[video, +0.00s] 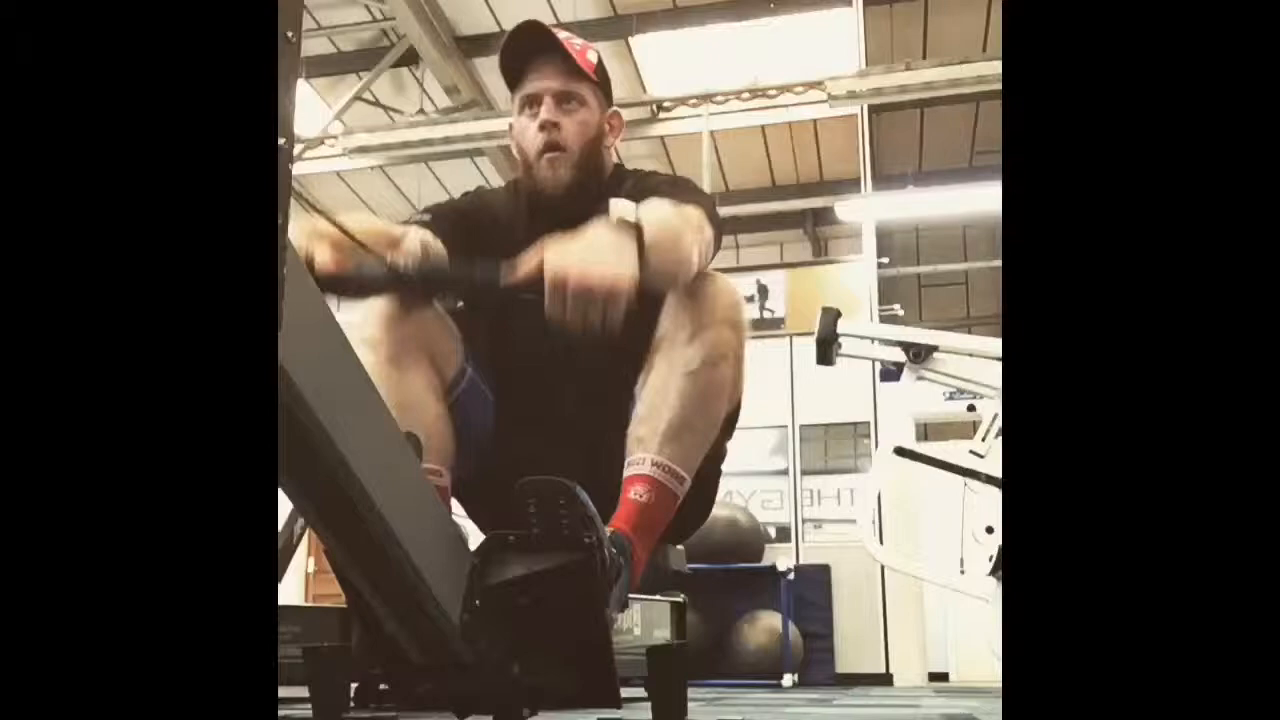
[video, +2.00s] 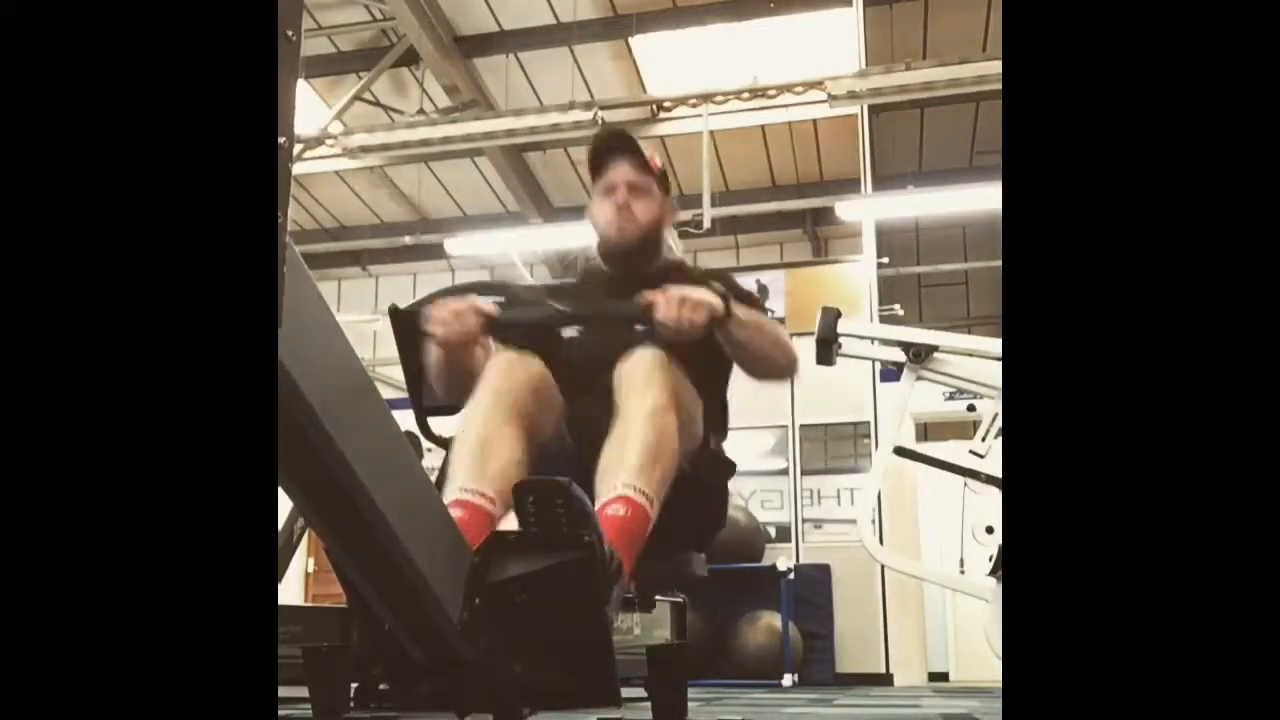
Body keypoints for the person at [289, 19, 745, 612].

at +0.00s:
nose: (548, 118)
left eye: (571, 102)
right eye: (531, 106)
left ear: (611, 130)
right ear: (513, 135)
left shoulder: (655, 196)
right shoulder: (479, 216)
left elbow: (689, 241)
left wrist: (623, 232)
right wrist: (327, 242)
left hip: (633, 462)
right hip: (503, 463)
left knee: (711, 296)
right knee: (379, 309)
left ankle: (625, 548)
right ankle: (424, 539)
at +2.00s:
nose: (621, 202)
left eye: (637, 190)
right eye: (607, 191)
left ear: (667, 208)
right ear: (589, 210)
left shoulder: (709, 290)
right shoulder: (553, 300)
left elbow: (782, 365)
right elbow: (455, 396)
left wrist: (721, 314)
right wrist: (452, 345)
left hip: (676, 492)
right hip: (561, 488)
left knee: (646, 365)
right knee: (510, 366)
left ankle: (603, 567)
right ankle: (449, 555)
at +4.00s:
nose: (661, 305)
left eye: (675, 297)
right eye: (650, 296)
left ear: (701, 310)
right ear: (636, 308)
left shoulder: (729, 372)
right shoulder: (598, 370)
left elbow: (827, 438)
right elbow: (508, 437)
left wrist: (773, 367)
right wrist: (544, 379)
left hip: (702, 506)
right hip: (600, 498)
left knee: (658, 459)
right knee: (538, 472)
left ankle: (605, 587)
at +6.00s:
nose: (655, 272)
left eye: (670, 262)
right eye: (643, 263)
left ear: (694, 277)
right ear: (627, 276)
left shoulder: (724, 345)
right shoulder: (594, 349)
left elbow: (787, 404)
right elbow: (511, 409)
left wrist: (747, 356)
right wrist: (513, 367)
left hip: (691, 488)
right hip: (592, 484)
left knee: (666, 462)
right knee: (533, 464)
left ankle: (609, 582)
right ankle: (470, 567)